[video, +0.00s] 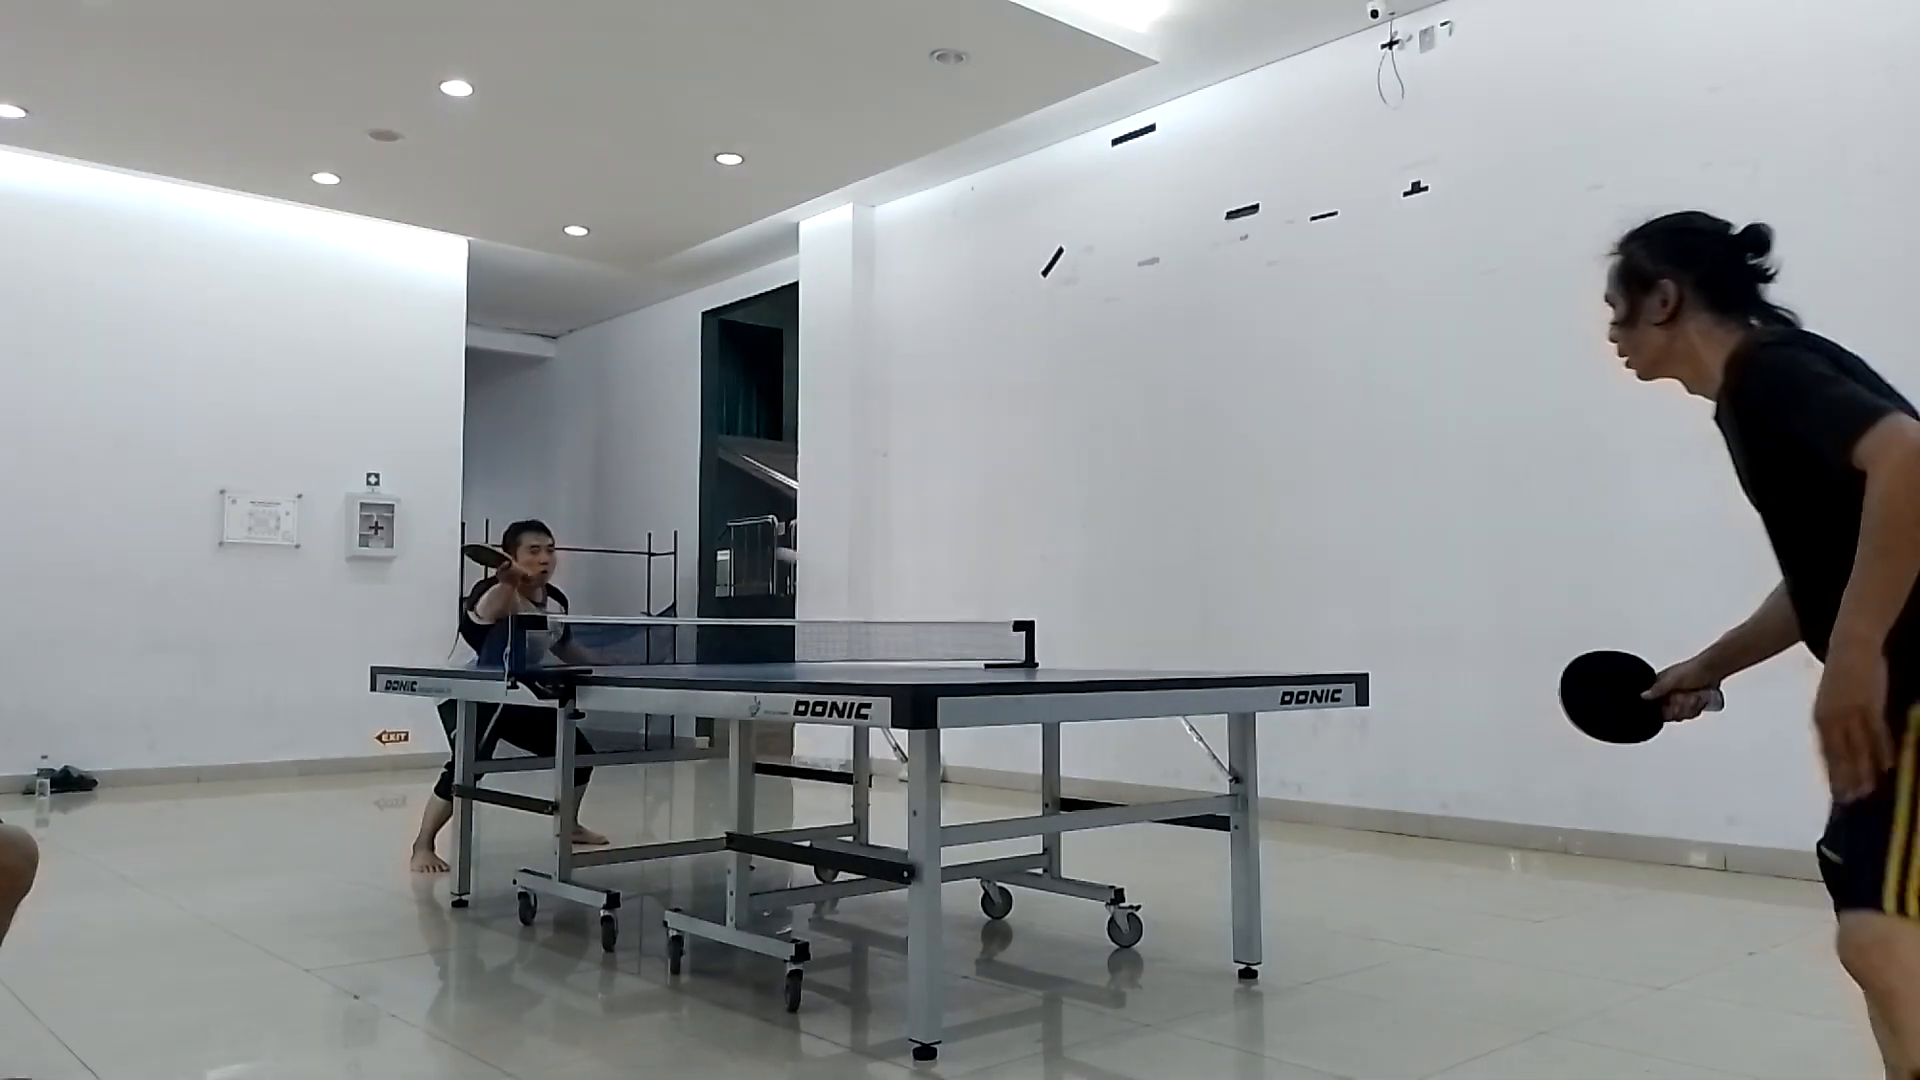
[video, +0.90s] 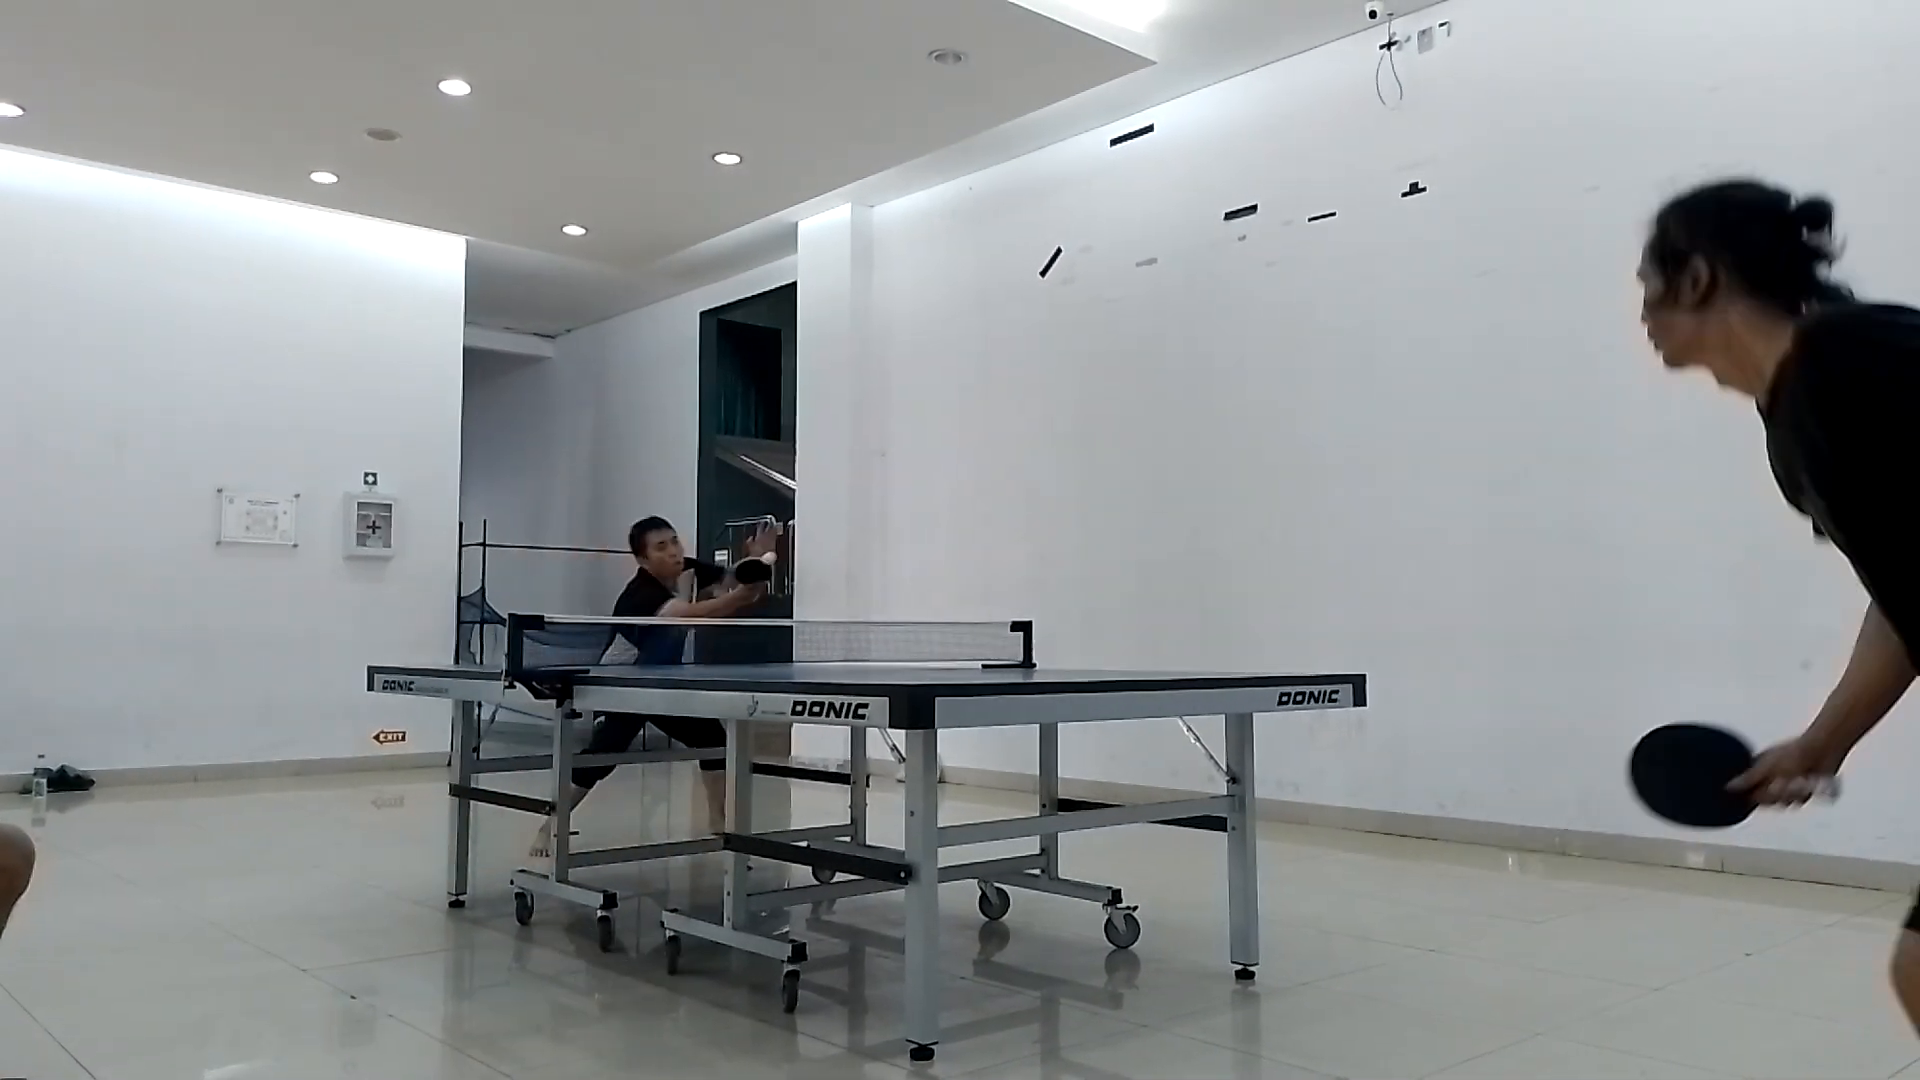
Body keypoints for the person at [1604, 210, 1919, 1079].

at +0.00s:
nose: (1614, 332)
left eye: (1619, 307)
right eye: (1611, 312)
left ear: (1670, 297)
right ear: (1676, 299)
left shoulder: (1771, 370)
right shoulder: (1750, 396)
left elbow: (1900, 449)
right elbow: (1823, 578)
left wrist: (1856, 646)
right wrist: (1709, 666)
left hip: (1914, 686)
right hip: (1894, 686)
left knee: (1878, 938)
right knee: (1882, 936)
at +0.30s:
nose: (1665, 331)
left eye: (1670, 304)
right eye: (1662, 310)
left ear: (1732, 288)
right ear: (1730, 292)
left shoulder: (1856, 378)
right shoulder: (1821, 402)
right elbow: (1836, 591)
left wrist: (1783, 694)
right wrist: (1654, 585)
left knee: (1903, 975)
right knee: (1899, 974)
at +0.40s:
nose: (1661, 381)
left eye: (1674, 349)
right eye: (1663, 351)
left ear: (1740, 336)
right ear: (1739, 339)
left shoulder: (1907, 422)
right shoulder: (1784, 494)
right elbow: (1634, 570)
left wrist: (1885, 711)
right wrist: (1459, 561)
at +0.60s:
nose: (1649, 484)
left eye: (1660, 451)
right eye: (1651, 455)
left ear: (1732, 456)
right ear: (1730, 459)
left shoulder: (1908, 500)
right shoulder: (1793, 600)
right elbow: (1628, 708)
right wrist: (1444, 753)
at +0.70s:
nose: (1647, 451)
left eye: (1655, 423)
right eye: (1649, 425)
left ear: (1719, 423)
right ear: (1719, 423)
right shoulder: (1798, 581)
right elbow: (1738, 734)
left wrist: (1591, 838)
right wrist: (1590, 839)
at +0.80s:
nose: (1644, 384)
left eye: (1651, 355)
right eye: (1643, 357)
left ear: (1709, 353)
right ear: (1710, 354)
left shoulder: (1891, 421)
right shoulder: (1797, 501)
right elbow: (1850, 678)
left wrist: (1727, 819)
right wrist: (1727, 818)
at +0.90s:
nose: (1642, 309)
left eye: (1650, 280)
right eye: (1643, 285)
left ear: (1703, 279)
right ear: (1709, 282)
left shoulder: (1849, 372)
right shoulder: (1797, 407)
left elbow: (1906, 596)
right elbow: (1902, 595)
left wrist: (1825, 743)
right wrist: (1822, 744)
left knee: (1917, 969)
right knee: (1916, 969)